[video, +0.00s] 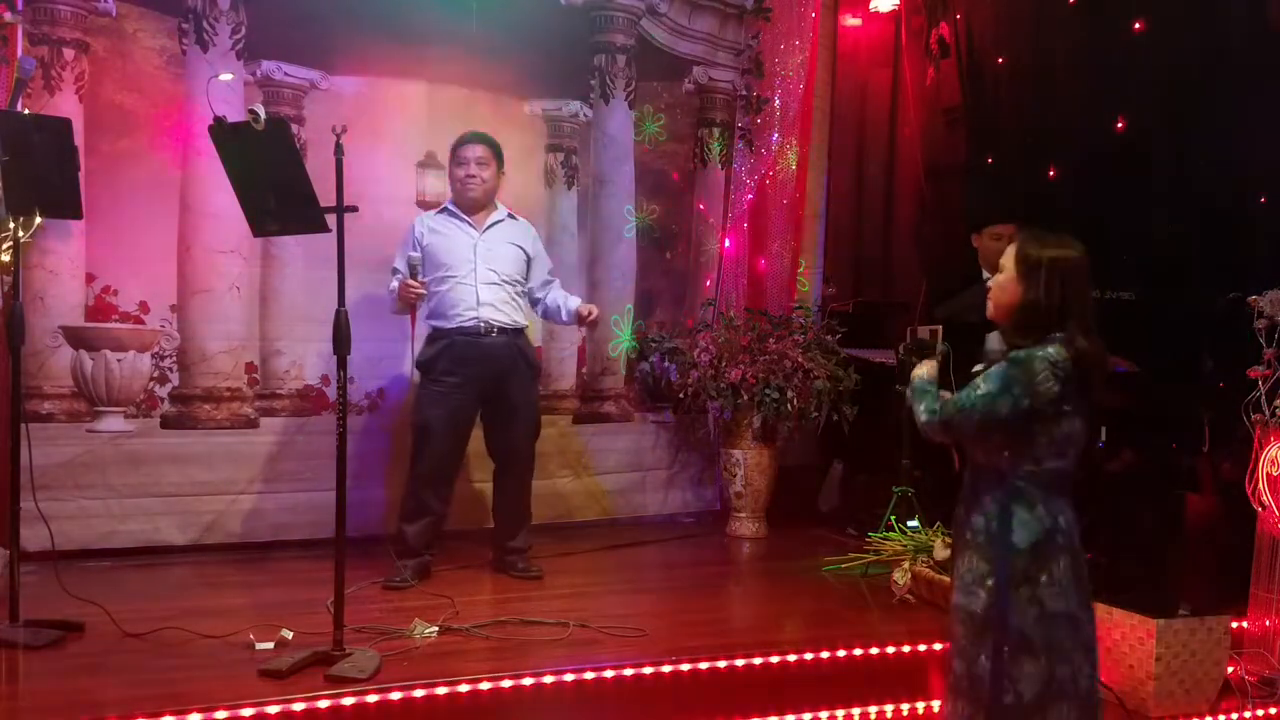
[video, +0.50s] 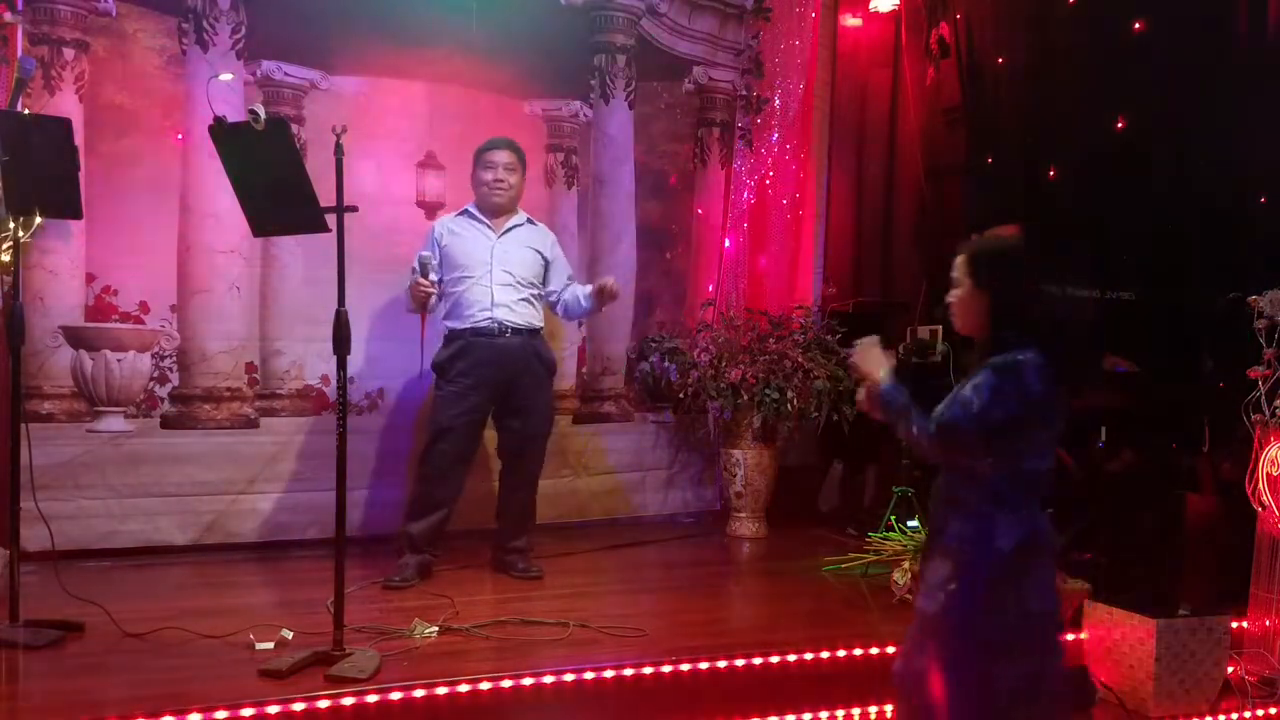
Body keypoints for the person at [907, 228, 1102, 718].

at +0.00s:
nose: (990, 282)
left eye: (1003, 275)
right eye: (996, 273)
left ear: (1037, 291)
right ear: (1043, 294)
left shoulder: (1030, 369)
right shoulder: (1064, 362)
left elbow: (938, 418)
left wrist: (921, 381)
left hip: (1010, 529)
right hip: (1046, 522)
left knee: (1004, 655)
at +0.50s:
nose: (949, 298)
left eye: (958, 286)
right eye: (952, 286)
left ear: (994, 293)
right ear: (994, 296)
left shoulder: (1009, 373)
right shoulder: (1019, 368)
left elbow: (935, 441)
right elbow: (949, 438)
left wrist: (885, 379)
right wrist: (891, 411)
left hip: (984, 560)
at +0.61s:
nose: (928, 299)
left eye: (937, 286)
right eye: (930, 286)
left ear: (972, 295)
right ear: (972, 298)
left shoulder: (995, 380)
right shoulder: (973, 374)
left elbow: (929, 450)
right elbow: (922, 442)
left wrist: (862, 417)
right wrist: (861, 412)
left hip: (978, 574)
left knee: (980, 696)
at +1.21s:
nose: (769, 301)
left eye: (776, 291)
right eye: (773, 289)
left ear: (790, 301)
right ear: (837, 301)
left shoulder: (782, 377)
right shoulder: (851, 371)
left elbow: (705, 426)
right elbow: (807, 452)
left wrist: (683, 397)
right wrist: (738, 456)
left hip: (787, 537)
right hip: (845, 531)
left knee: (770, 649)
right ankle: (894, 708)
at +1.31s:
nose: (740, 297)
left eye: (746, 287)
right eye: (744, 286)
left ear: (759, 298)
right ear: (811, 297)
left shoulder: (753, 374)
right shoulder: (830, 368)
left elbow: (680, 426)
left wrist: (662, 405)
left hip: (767, 531)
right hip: (828, 526)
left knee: (739, 647)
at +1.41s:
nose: (715, 295)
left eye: (721, 284)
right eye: (719, 283)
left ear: (736, 293)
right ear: (783, 292)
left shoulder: (736, 369)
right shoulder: (807, 361)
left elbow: (674, 440)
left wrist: (646, 429)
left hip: (751, 532)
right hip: (810, 527)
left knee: (708, 646)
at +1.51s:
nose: (691, 290)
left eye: (698, 280)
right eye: (695, 279)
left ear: (714, 289)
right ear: (759, 288)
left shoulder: (717, 365)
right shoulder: (773, 355)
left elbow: (683, 447)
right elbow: (724, 424)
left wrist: (648, 471)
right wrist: (649, 410)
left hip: (733, 529)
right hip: (785, 525)